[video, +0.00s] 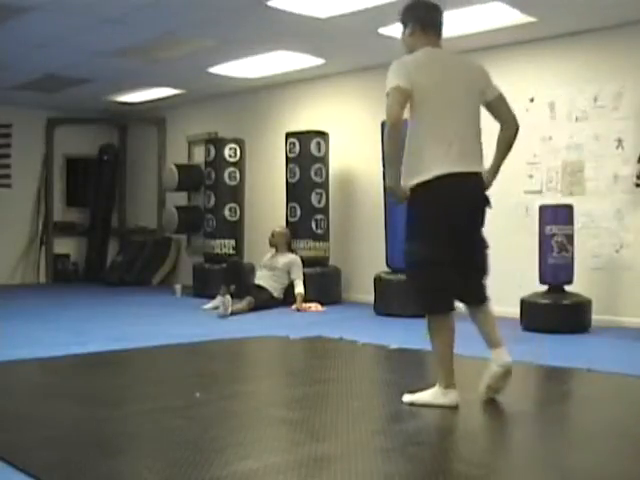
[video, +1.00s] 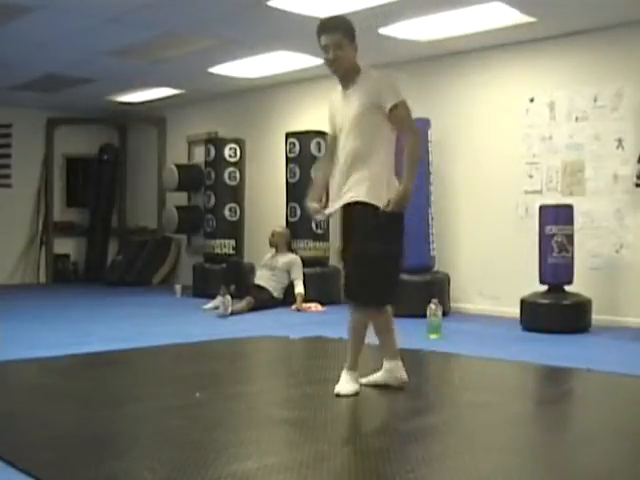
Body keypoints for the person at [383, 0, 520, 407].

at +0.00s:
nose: (402, 40)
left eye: (403, 33)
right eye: (403, 34)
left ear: (413, 31)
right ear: (438, 30)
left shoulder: (405, 66)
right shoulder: (470, 67)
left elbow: (393, 121)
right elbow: (510, 123)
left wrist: (392, 179)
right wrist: (491, 173)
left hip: (431, 190)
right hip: (470, 187)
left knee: (435, 288)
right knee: (468, 281)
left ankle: (444, 387)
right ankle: (499, 353)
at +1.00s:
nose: (330, 56)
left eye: (336, 48)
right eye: (325, 50)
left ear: (355, 46)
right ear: (322, 54)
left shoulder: (380, 83)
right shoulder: (338, 100)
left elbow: (412, 132)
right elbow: (333, 153)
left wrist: (407, 185)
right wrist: (318, 187)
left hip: (376, 198)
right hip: (348, 200)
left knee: (360, 287)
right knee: (369, 287)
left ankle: (350, 371)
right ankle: (393, 364)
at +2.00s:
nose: (285, 74)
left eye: (291, 67)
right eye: (280, 68)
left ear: (304, 66)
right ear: (272, 69)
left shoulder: (326, 105)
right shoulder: (263, 102)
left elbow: (343, 155)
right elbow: (247, 126)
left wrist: (358, 194)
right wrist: (255, 103)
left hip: (315, 213)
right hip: (268, 213)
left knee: (335, 290)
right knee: (251, 289)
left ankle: (349, 369)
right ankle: (261, 359)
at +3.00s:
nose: (245, 128)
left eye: (245, 118)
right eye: (236, 126)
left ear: (255, 109)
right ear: (233, 131)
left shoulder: (302, 141)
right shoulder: (246, 160)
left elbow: (306, 202)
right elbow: (252, 213)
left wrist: (297, 255)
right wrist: (251, 263)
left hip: (319, 228)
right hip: (278, 231)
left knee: (344, 290)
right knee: (230, 290)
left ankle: (356, 362)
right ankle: (258, 357)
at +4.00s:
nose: (249, 152)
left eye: (249, 141)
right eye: (239, 151)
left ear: (258, 130)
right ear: (236, 154)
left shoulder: (301, 159)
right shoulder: (244, 174)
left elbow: (304, 224)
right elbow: (253, 231)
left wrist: (301, 278)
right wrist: (253, 285)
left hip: (325, 234)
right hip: (283, 237)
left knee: (347, 280)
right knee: (231, 290)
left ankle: (360, 360)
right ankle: (258, 359)